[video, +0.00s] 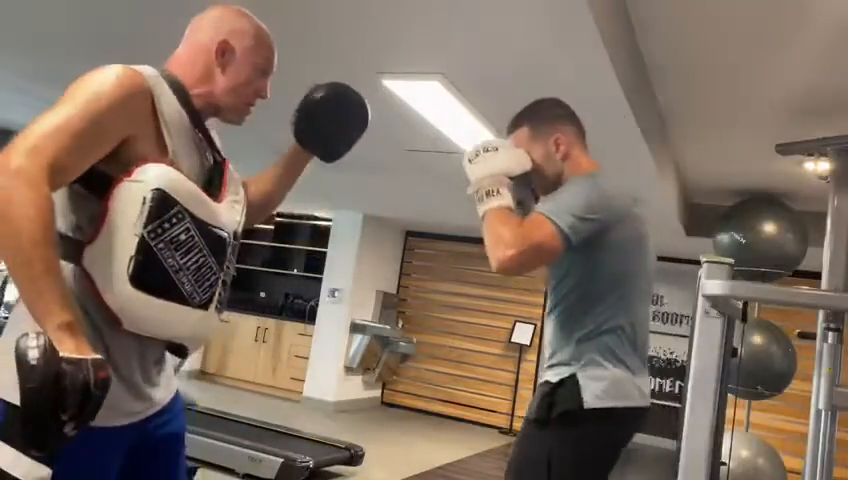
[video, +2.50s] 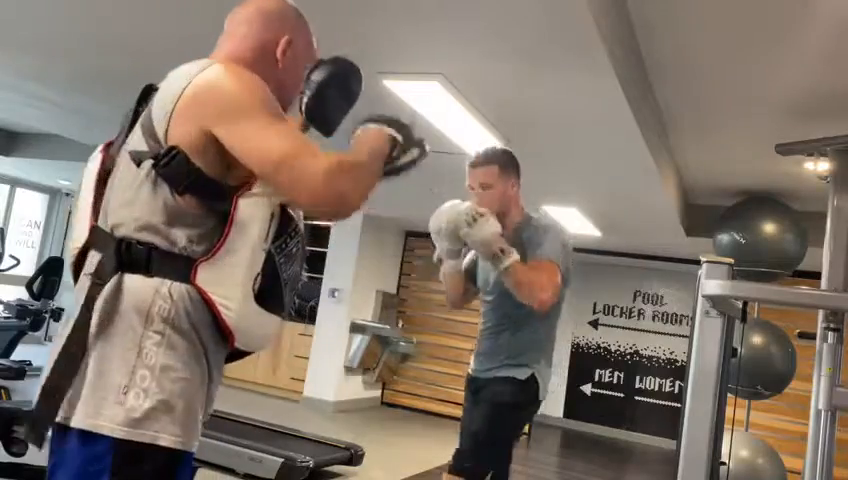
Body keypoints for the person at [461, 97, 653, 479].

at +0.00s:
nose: (522, 170)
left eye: (524, 155)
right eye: (517, 159)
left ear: (560, 145)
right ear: (562, 144)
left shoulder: (590, 193)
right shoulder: (610, 196)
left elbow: (507, 252)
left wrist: (488, 185)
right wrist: (521, 192)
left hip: (586, 395)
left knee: (528, 472)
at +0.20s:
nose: (515, 187)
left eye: (519, 175)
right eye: (513, 178)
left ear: (555, 171)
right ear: (555, 172)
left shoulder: (590, 220)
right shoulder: (580, 222)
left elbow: (528, 274)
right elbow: (530, 272)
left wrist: (499, 219)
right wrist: (503, 222)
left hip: (574, 396)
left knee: (520, 473)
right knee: (525, 472)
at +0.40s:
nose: (527, 189)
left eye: (536, 178)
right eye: (526, 179)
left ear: (571, 180)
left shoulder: (602, 232)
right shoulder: (559, 238)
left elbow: (582, 287)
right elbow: (517, 301)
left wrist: (537, 235)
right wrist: (506, 253)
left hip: (575, 390)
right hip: (545, 387)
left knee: (539, 473)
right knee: (513, 472)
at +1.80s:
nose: (519, 182)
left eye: (528, 173)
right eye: (515, 173)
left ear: (554, 173)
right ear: (511, 175)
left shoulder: (584, 221)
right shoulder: (512, 226)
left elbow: (595, 272)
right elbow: (479, 286)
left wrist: (548, 224)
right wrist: (480, 236)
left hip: (554, 365)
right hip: (510, 362)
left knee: (507, 472)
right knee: (501, 470)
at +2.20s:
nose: (487, 182)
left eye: (497, 172)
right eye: (484, 173)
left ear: (525, 172)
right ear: (481, 174)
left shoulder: (557, 224)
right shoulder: (498, 226)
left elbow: (539, 277)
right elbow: (462, 284)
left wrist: (499, 223)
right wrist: (455, 234)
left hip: (530, 373)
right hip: (495, 369)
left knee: (491, 471)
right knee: (470, 466)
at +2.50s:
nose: (475, 199)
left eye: (485, 188)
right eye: (471, 190)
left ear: (513, 188)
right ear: (468, 189)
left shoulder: (546, 233)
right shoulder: (486, 238)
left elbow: (542, 295)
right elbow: (457, 298)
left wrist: (494, 249)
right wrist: (450, 247)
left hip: (518, 377)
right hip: (482, 373)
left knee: (463, 472)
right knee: (490, 472)